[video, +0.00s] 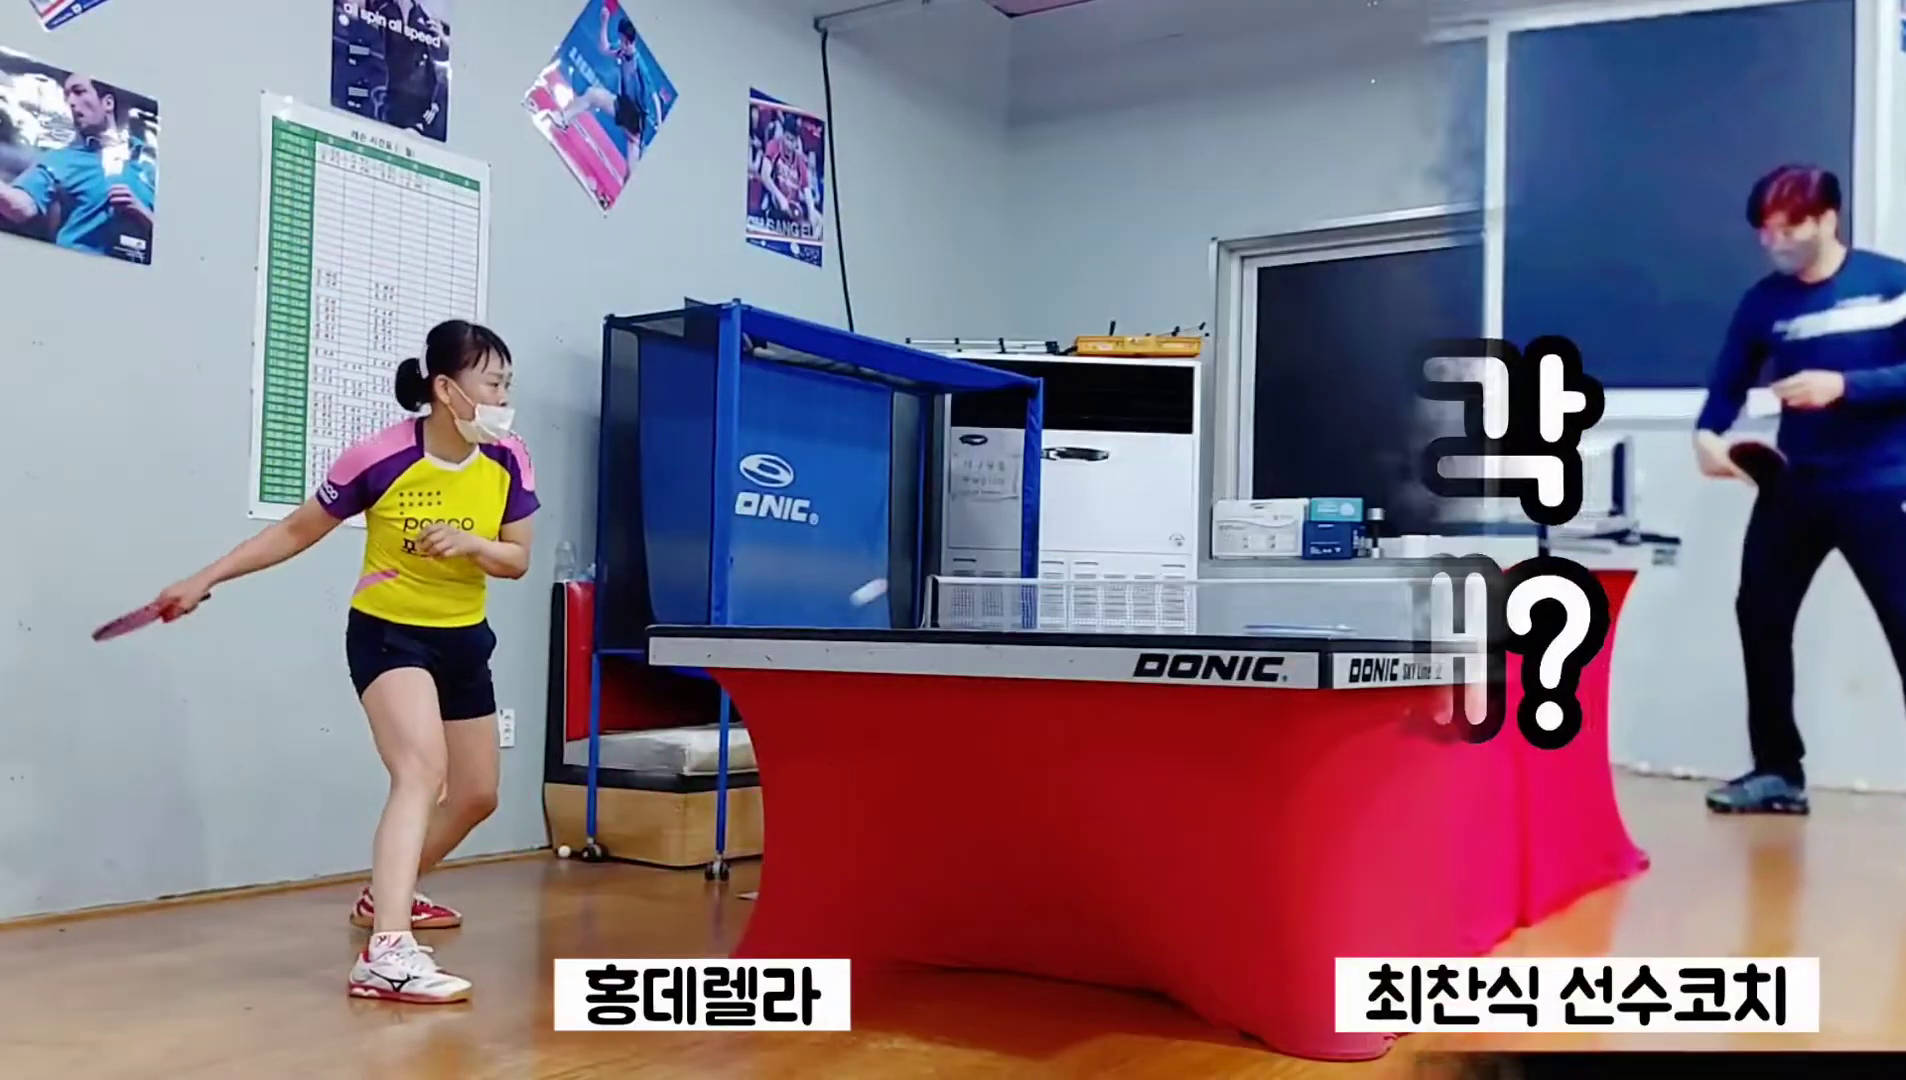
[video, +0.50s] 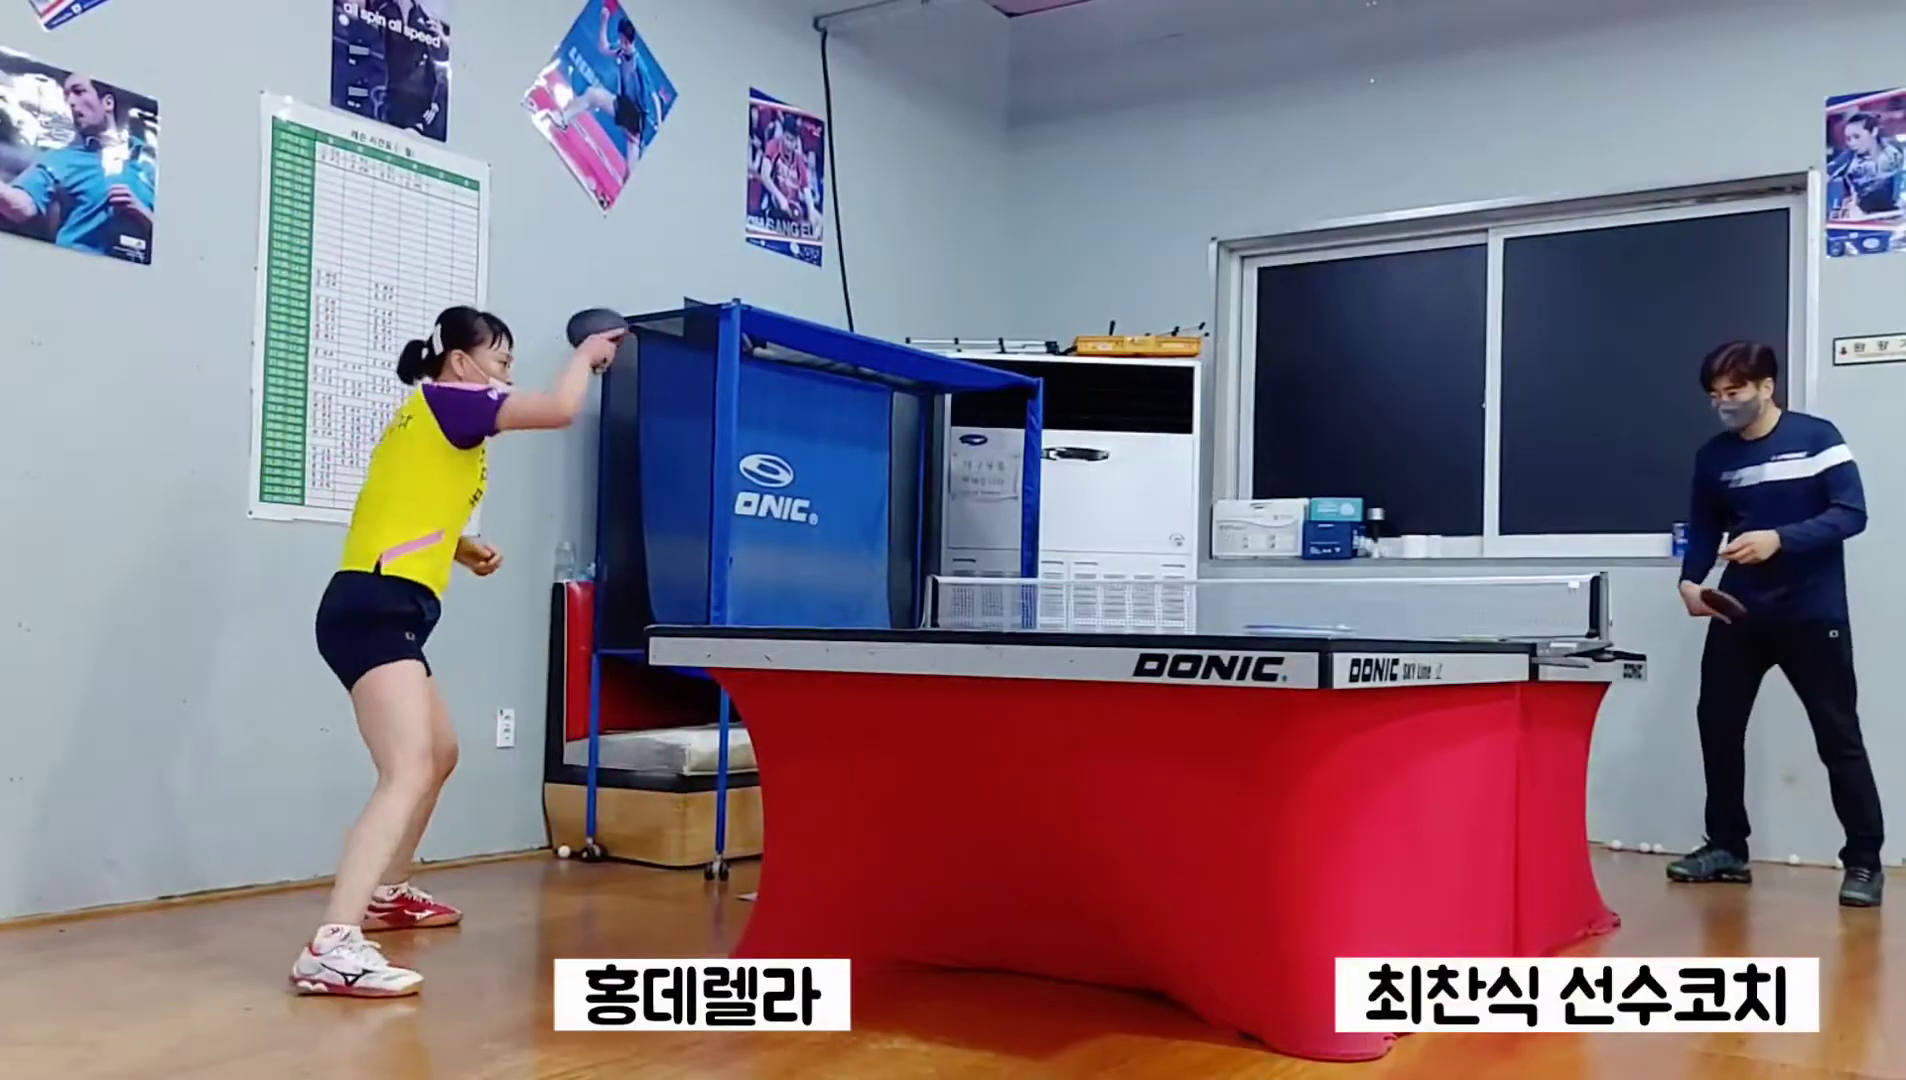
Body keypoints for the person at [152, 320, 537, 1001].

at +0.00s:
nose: (503, 397)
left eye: (506, 384)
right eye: (490, 384)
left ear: (499, 388)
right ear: (443, 389)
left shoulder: (507, 457)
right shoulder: (379, 459)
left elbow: (517, 561)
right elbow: (295, 532)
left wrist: (472, 544)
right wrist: (204, 579)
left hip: (464, 638)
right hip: (390, 632)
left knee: (476, 795)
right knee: (421, 770)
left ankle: (386, 892)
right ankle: (390, 948)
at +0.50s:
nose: (507, 371)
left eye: (508, 362)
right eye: (498, 358)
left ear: (456, 361)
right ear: (459, 355)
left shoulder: (438, 417)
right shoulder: (445, 401)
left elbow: (404, 506)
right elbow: (562, 408)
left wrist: (459, 546)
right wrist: (583, 355)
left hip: (385, 611)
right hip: (371, 609)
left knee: (438, 754)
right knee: (407, 770)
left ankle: (384, 889)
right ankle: (332, 942)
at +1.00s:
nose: (459, 431)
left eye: (462, 417)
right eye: (446, 418)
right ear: (399, 429)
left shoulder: (471, 495)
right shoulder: (336, 495)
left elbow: (487, 586)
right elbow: (239, 569)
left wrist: (450, 586)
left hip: (410, 670)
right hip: (330, 654)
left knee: (418, 834)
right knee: (400, 762)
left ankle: (322, 892)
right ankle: (341, 952)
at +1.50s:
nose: (466, 402)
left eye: (467, 391)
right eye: (461, 389)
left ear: (411, 383)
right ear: (422, 379)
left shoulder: (374, 427)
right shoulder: (407, 416)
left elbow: (344, 512)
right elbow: (521, 404)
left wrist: (403, 557)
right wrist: (534, 360)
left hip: (298, 620)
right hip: (319, 623)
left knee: (363, 776)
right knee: (386, 791)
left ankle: (325, 895)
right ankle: (300, 953)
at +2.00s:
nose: (420, 432)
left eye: (422, 418)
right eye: (407, 419)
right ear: (361, 430)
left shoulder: (432, 495)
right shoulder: (293, 494)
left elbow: (442, 587)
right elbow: (198, 567)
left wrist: (402, 598)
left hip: (373, 671)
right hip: (291, 657)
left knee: (393, 832)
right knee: (362, 759)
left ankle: (297, 897)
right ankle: (312, 954)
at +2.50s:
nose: (424, 398)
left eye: (426, 388)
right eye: (419, 385)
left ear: (365, 384)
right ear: (379, 379)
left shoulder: (316, 429)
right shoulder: (371, 415)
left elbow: (302, 517)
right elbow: (489, 401)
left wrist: (363, 563)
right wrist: (487, 361)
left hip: (241, 622)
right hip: (283, 622)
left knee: (325, 772)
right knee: (358, 795)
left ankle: (279, 900)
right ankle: (267, 952)